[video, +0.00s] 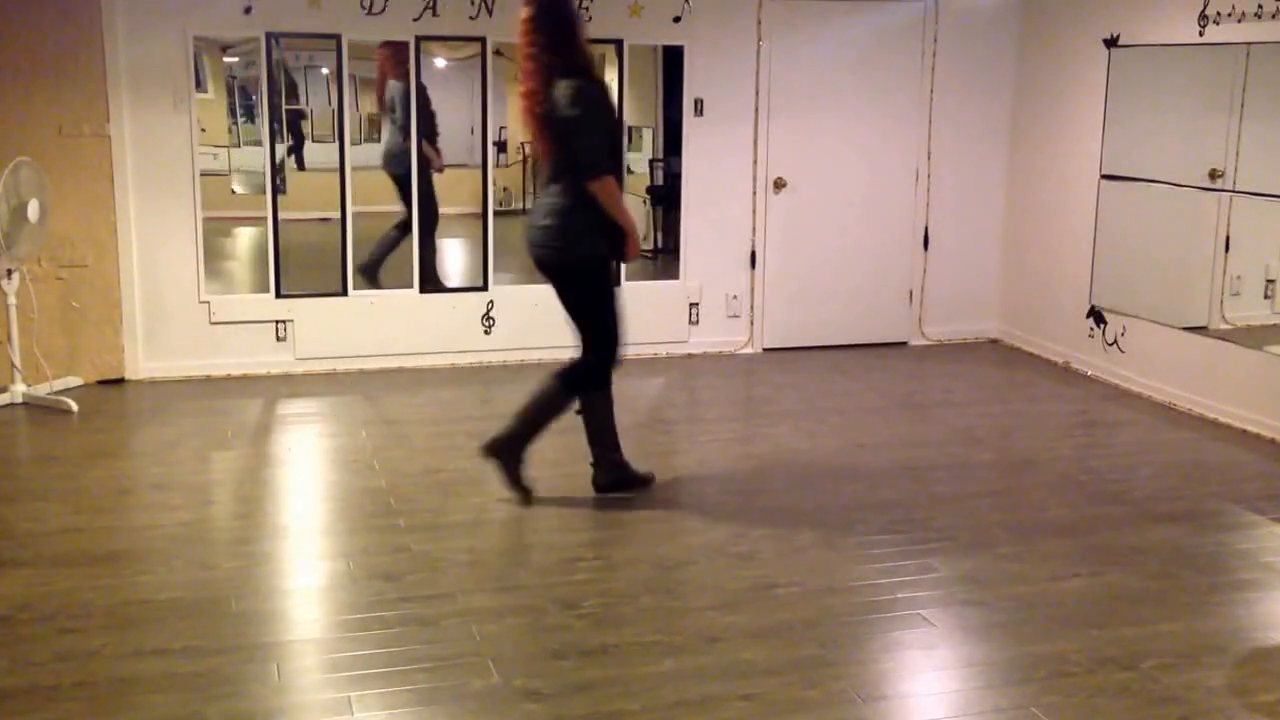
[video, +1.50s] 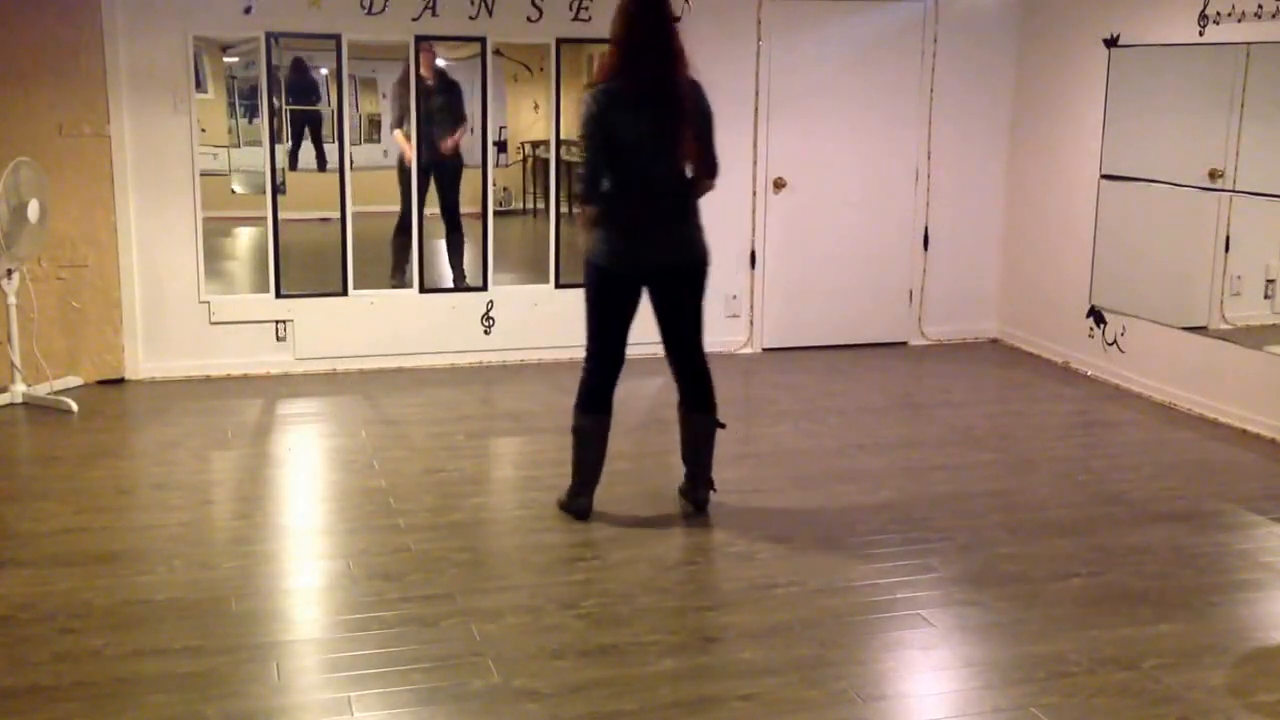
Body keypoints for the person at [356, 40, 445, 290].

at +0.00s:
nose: (381, 62)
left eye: (385, 57)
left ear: (392, 59)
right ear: (403, 58)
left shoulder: (393, 86)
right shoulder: (403, 88)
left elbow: (411, 126)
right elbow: (410, 128)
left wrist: (433, 149)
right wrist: (433, 155)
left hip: (396, 157)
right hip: (408, 159)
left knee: (415, 215)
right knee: (427, 216)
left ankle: (371, 265)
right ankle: (428, 279)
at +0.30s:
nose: (434, 53)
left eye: (432, 48)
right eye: (428, 48)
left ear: (429, 53)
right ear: (419, 52)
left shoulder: (439, 76)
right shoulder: (415, 78)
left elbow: (451, 115)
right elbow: (413, 121)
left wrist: (461, 145)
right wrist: (449, 124)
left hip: (443, 157)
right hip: (425, 158)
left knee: (452, 214)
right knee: (429, 217)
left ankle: (446, 272)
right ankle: (427, 276)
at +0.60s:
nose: (444, 55)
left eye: (447, 50)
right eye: (438, 50)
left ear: (453, 54)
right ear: (428, 55)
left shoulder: (461, 79)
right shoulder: (420, 81)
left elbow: (477, 120)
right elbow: (420, 117)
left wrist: (476, 102)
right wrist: (435, 93)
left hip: (461, 155)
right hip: (433, 156)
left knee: (459, 216)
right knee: (441, 215)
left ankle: (458, 273)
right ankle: (434, 278)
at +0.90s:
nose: (449, 57)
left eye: (454, 52)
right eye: (444, 51)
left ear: (460, 55)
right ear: (434, 54)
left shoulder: (469, 83)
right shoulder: (424, 81)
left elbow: (481, 121)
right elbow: (419, 119)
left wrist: (472, 98)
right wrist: (432, 95)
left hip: (466, 157)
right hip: (435, 156)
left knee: (462, 216)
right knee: (443, 213)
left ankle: (458, 273)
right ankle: (439, 275)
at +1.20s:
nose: (444, 57)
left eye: (447, 52)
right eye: (438, 52)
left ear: (452, 56)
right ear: (429, 56)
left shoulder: (465, 86)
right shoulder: (419, 84)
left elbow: (478, 122)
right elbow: (411, 123)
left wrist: (460, 102)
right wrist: (432, 113)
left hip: (463, 158)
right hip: (432, 158)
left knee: (461, 218)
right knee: (424, 215)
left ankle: (459, 275)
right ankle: (404, 270)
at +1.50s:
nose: (428, 55)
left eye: (431, 50)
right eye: (422, 51)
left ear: (435, 54)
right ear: (414, 55)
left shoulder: (450, 85)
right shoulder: (404, 85)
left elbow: (462, 121)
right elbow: (395, 125)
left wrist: (455, 138)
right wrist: (407, 149)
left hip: (446, 156)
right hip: (415, 157)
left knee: (451, 214)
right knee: (409, 215)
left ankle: (459, 276)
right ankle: (398, 274)